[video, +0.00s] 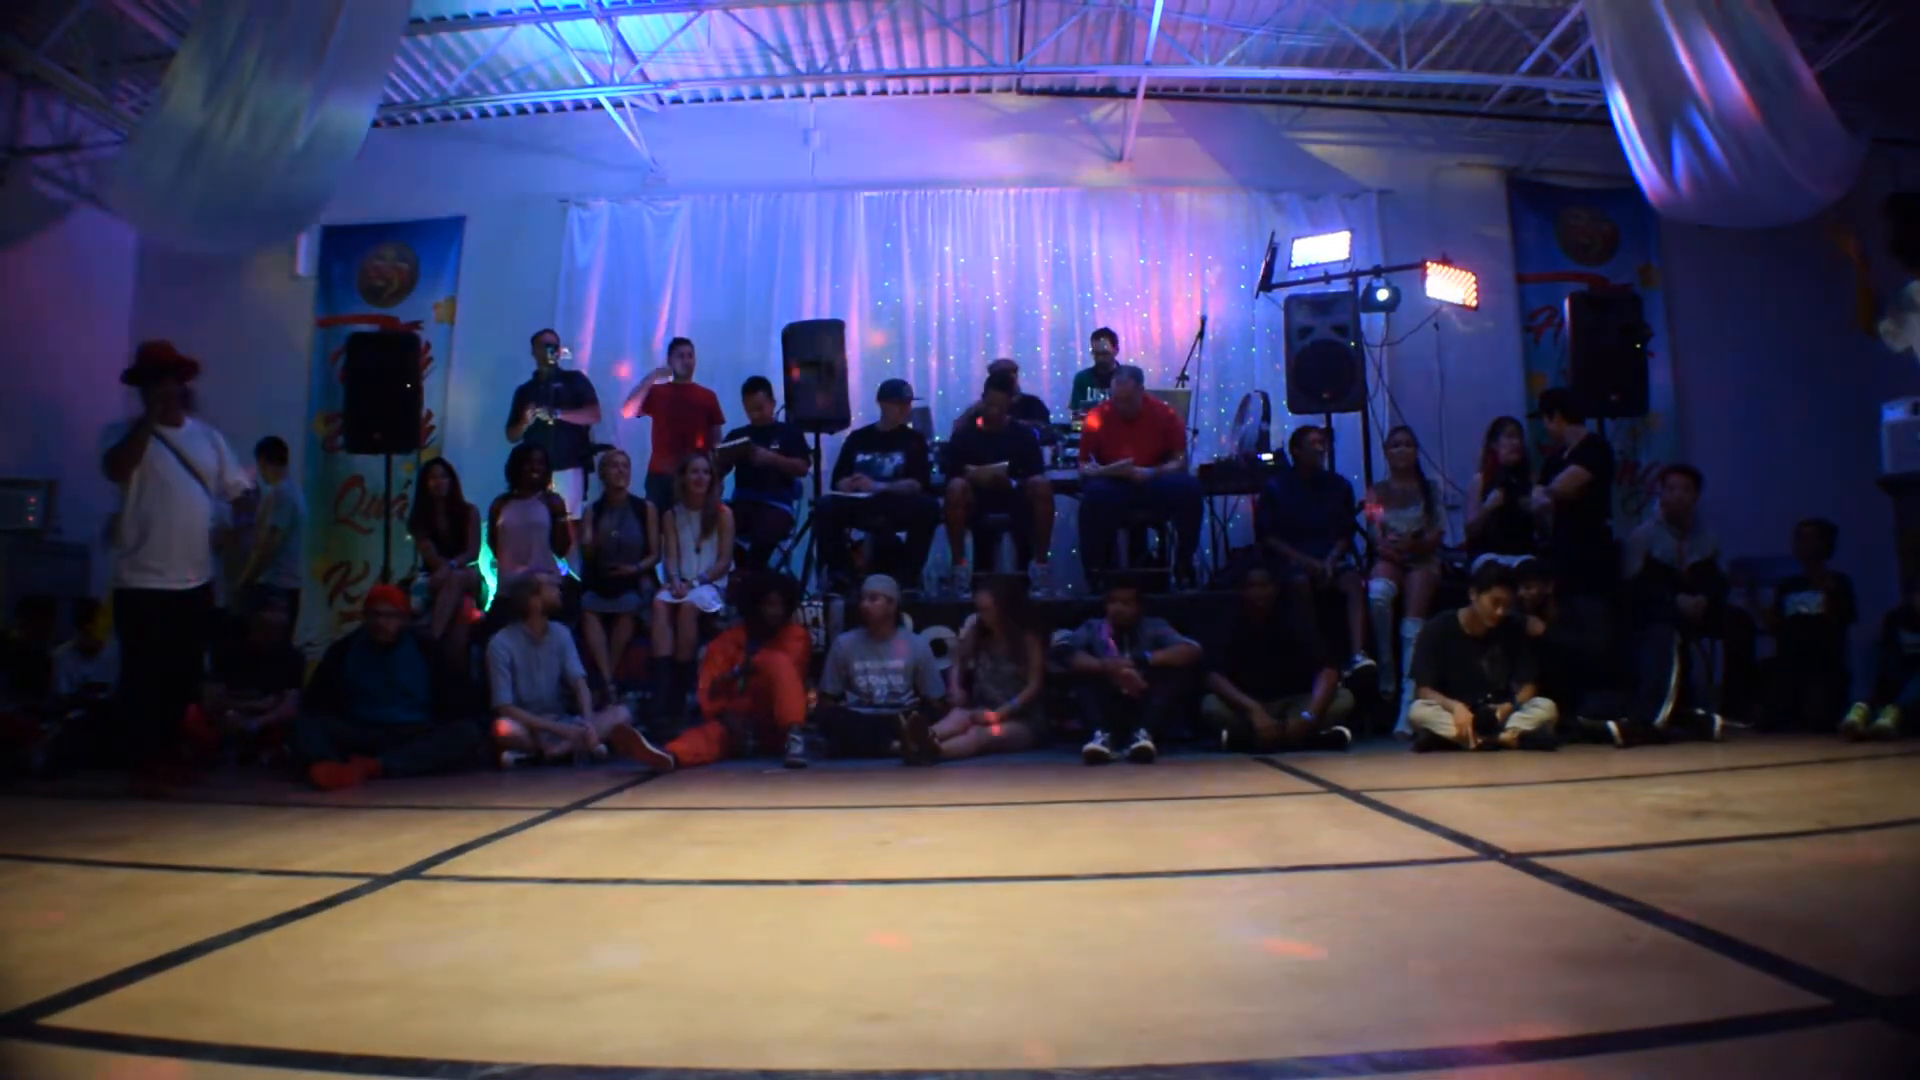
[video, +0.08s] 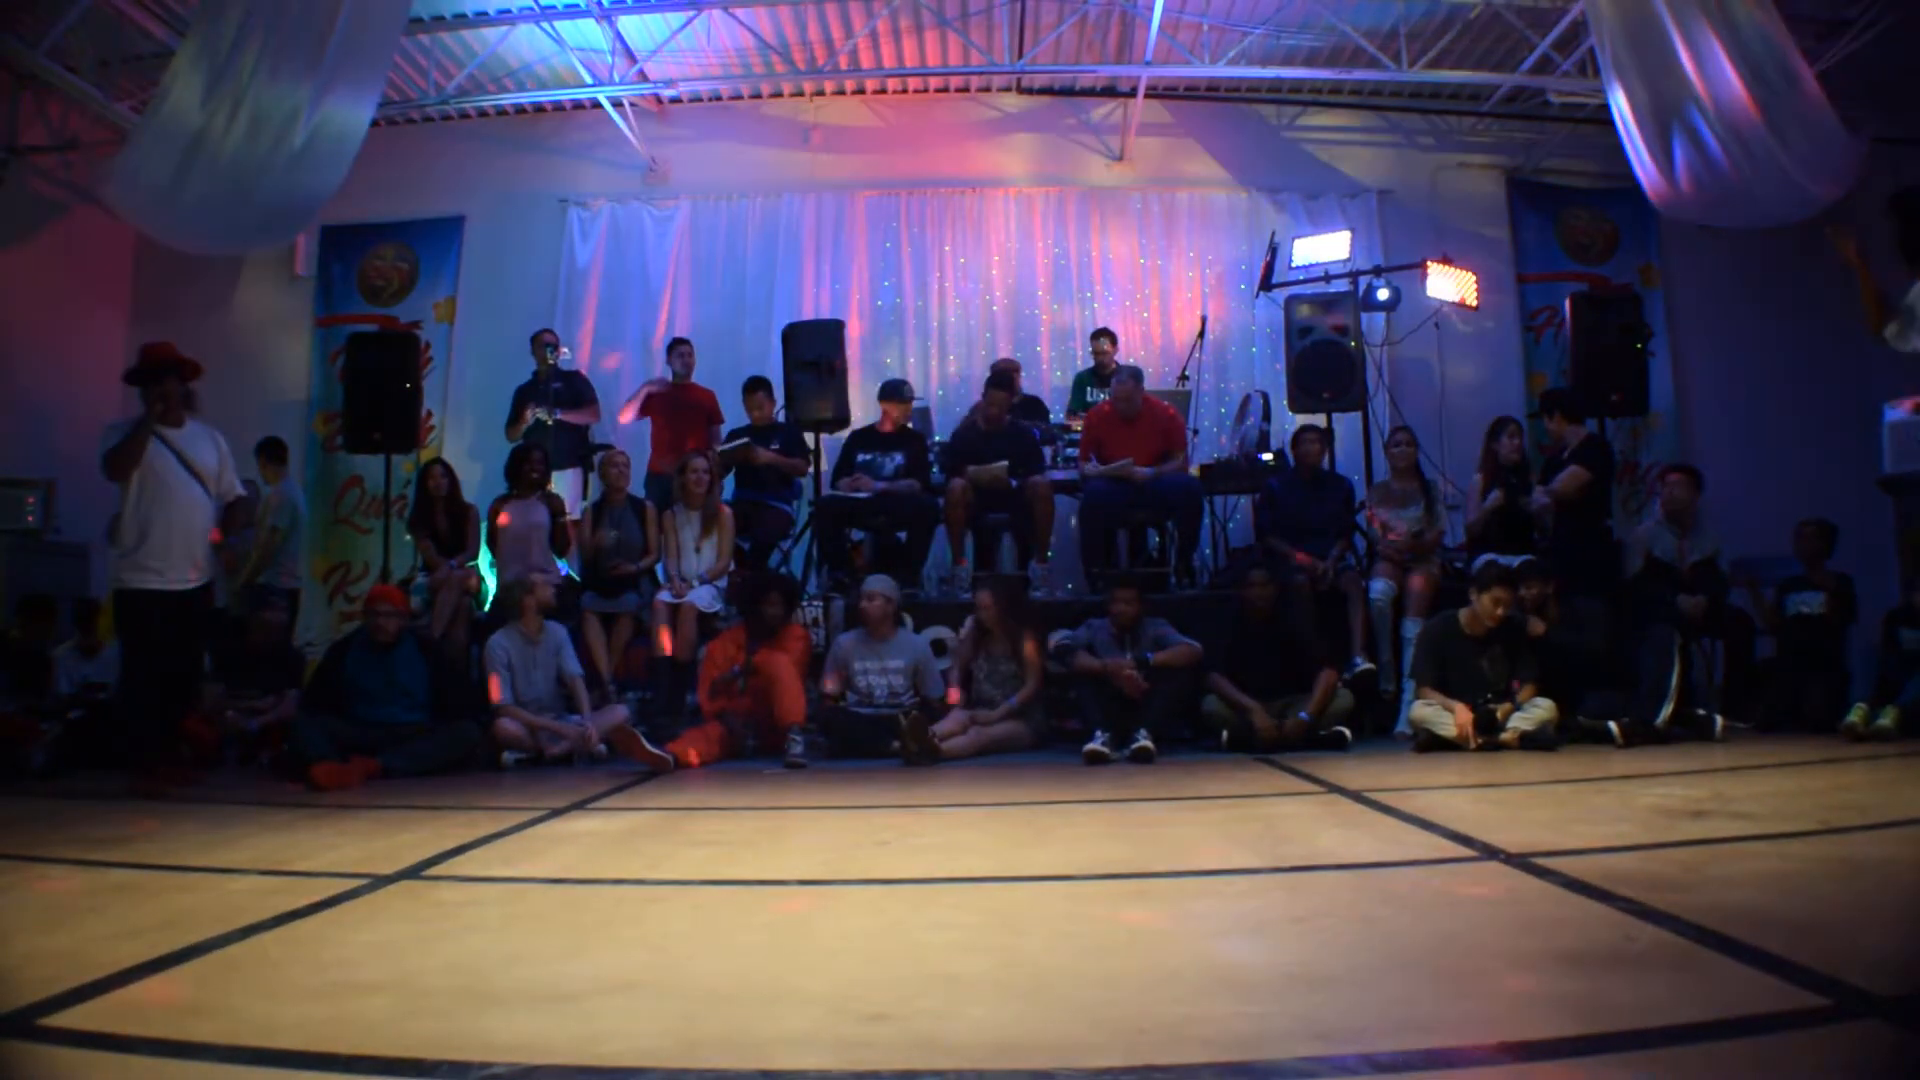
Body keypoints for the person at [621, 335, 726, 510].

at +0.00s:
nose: (686, 361)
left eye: (690, 356)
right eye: (680, 356)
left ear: (695, 360)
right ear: (669, 361)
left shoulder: (707, 397)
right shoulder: (657, 392)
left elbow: (716, 440)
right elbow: (628, 412)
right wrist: (653, 377)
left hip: (695, 478)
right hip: (661, 475)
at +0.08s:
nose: (686, 360)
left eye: (689, 355)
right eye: (679, 356)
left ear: (694, 359)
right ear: (669, 360)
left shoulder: (707, 396)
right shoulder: (657, 394)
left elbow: (716, 440)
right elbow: (624, 418)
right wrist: (646, 389)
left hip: (695, 478)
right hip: (661, 475)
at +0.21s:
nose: (684, 360)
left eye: (687, 355)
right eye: (678, 355)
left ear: (692, 359)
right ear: (667, 360)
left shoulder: (704, 396)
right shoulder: (652, 394)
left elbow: (714, 440)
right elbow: (625, 427)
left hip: (693, 476)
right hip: (659, 474)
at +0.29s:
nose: (683, 360)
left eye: (686, 355)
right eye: (676, 355)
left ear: (691, 359)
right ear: (665, 360)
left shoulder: (703, 396)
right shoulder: (650, 394)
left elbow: (713, 438)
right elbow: (629, 430)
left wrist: (715, 477)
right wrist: (644, 424)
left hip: (692, 477)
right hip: (658, 474)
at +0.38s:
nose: (680, 360)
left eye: (683, 355)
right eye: (674, 355)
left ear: (688, 359)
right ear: (663, 361)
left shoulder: (701, 395)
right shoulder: (648, 395)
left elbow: (711, 437)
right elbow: (633, 432)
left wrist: (715, 474)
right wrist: (647, 443)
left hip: (693, 478)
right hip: (657, 476)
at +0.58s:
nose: (674, 361)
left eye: (678, 356)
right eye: (668, 357)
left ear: (682, 360)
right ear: (657, 362)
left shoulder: (697, 395)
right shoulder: (644, 398)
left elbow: (708, 435)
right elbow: (634, 436)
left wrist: (709, 471)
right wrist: (643, 471)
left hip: (690, 477)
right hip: (656, 478)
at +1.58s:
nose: (692, 357)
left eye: (696, 352)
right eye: (686, 352)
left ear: (700, 357)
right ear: (674, 358)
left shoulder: (712, 393)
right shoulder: (658, 392)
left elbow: (721, 434)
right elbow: (647, 433)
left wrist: (721, 470)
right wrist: (644, 471)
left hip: (701, 473)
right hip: (665, 471)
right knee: (665, 528)